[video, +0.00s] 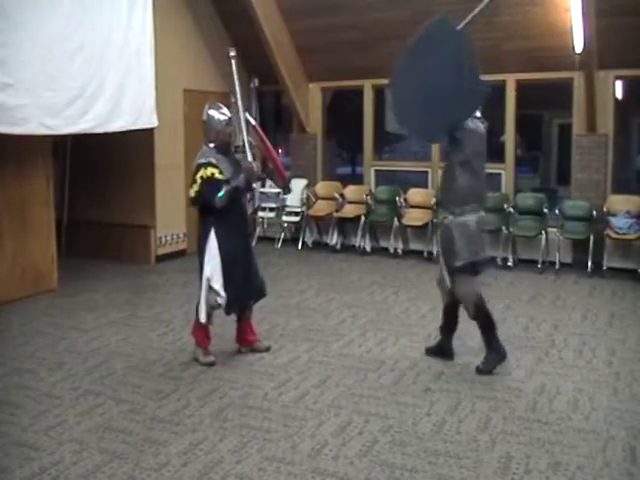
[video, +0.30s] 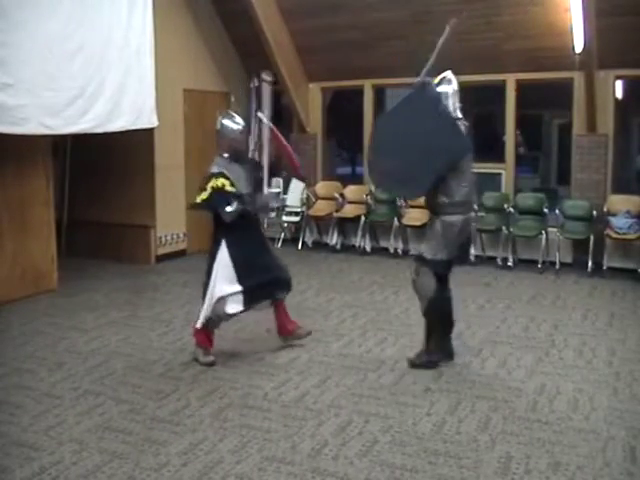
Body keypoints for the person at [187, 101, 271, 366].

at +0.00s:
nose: (232, 133)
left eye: (232, 128)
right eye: (227, 128)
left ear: (230, 130)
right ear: (212, 133)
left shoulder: (232, 158)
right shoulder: (207, 165)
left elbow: (238, 191)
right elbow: (216, 201)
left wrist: (255, 174)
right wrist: (243, 179)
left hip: (237, 230)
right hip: (216, 232)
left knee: (246, 281)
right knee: (212, 284)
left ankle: (246, 335)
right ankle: (201, 341)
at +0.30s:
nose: (244, 141)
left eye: (244, 135)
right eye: (239, 136)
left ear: (245, 137)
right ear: (224, 140)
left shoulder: (250, 167)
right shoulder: (218, 174)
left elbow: (255, 196)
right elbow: (228, 212)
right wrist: (257, 202)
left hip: (251, 233)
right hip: (228, 238)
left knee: (274, 276)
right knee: (222, 287)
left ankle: (285, 324)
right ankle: (203, 338)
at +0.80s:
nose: (312, 153)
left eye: (314, 148)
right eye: (309, 148)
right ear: (298, 149)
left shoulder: (296, 170)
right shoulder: (282, 172)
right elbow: (290, 213)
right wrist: (319, 208)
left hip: (296, 235)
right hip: (280, 236)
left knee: (310, 284)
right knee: (281, 289)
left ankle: (311, 334)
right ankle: (243, 329)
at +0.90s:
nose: (311, 149)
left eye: (312, 144)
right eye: (307, 143)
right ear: (294, 142)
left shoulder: (292, 167)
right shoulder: (280, 173)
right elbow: (288, 218)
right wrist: (319, 218)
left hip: (296, 234)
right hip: (280, 237)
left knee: (313, 284)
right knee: (284, 288)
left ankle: (311, 333)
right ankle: (254, 339)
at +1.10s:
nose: (285, 143)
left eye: (285, 138)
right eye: (280, 138)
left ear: (284, 139)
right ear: (267, 142)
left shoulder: (283, 167)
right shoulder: (267, 176)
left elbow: (294, 191)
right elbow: (276, 221)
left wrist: (305, 171)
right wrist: (307, 222)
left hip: (291, 236)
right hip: (274, 241)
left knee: (313, 285)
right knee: (287, 292)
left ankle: (311, 333)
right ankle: (260, 349)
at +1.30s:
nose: (269, 136)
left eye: (268, 131)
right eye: (264, 131)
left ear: (259, 133)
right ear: (252, 133)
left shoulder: (265, 162)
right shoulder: (251, 170)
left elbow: (280, 188)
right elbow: (263, 215)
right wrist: (291, 211)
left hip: (274, 236)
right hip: (259, 240)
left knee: (285, 283)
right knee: (270, 288)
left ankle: (282, 330)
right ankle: (259, 342)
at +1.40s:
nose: (259, 132)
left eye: (259, 127)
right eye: (255, 127)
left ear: (249, 131)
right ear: (242, 131)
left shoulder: (254, 162)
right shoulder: (243, 170)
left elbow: (268, 188)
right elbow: (255, 212)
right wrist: (283, 204)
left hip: (260, 237)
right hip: (251, 241)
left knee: (264, 290)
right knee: (263, 293)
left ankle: (247, 337)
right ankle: (257, 351)